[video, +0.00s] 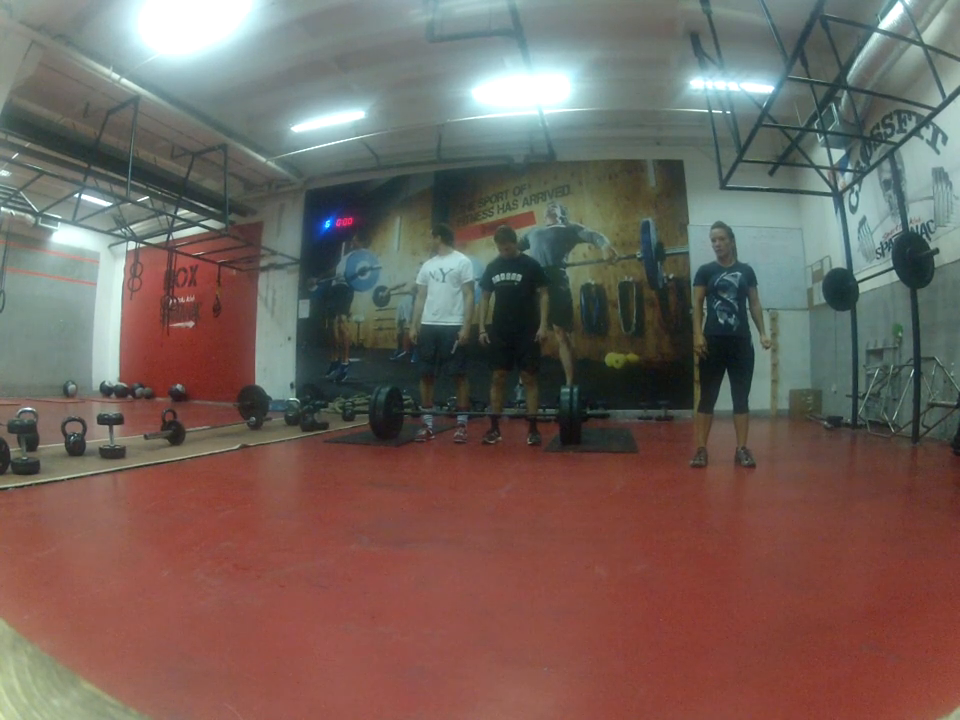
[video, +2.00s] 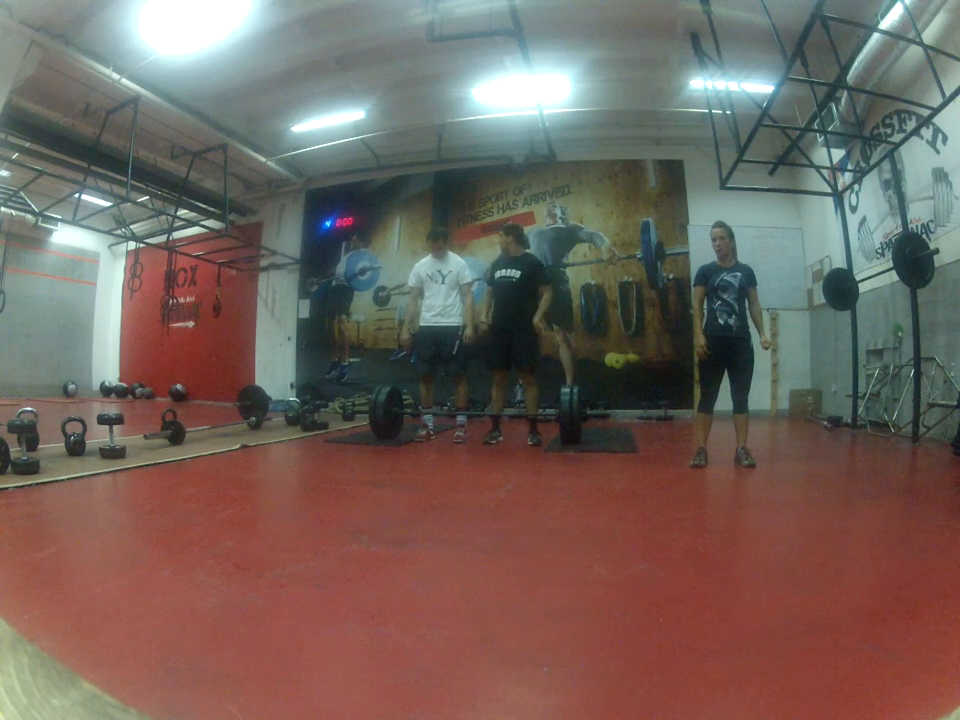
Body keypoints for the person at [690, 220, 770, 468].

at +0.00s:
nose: (717, 244)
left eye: (721, 239)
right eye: (714, 240)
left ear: (732, 241)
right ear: (710, 244)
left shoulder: (746, 271)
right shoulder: (705, 272)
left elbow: (754, 304)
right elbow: (697, 306)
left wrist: (762, 333)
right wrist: (698, 335)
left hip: (740, 343)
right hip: (712, 342)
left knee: (741, 399)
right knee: (707, 399)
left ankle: (742, 449)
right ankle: (701, 450)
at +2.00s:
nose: (718, 243)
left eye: (722, 239)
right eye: (714, 240)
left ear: (732, 241)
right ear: (711, 244)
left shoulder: (746, 271)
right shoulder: (705, 271)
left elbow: (754, 305)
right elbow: (697, 306)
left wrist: (762, 333)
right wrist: (698, 335)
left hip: (740, 343)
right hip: (712, 342)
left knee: (740, 399)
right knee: (707, 398)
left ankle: (742, 449)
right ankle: (701, 449)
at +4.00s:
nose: (707, 245)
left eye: (711, 240)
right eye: (706, 241)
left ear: (726, 241)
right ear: (710, 244)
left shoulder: (745, 271)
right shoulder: (704, 271)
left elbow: (754, 305)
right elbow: (697, 305)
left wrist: (761, 333)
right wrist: (698, 334)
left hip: (739, 342)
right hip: (711, 342)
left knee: (740, 399)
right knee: (706, 399)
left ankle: (742, 449)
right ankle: (701, 449)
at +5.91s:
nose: (706, 245)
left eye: (710, 241)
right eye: (705, 242)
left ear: (726, 241)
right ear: (709, 245)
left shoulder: (745, 271)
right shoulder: (704, 272)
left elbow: (754, 304)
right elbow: (697, 305)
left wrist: (761, 333)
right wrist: (697, 335)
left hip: (739, 343)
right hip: (711, 342)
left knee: (740, 399)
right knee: (706, 399)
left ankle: (742, 449)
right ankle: (701, 449)